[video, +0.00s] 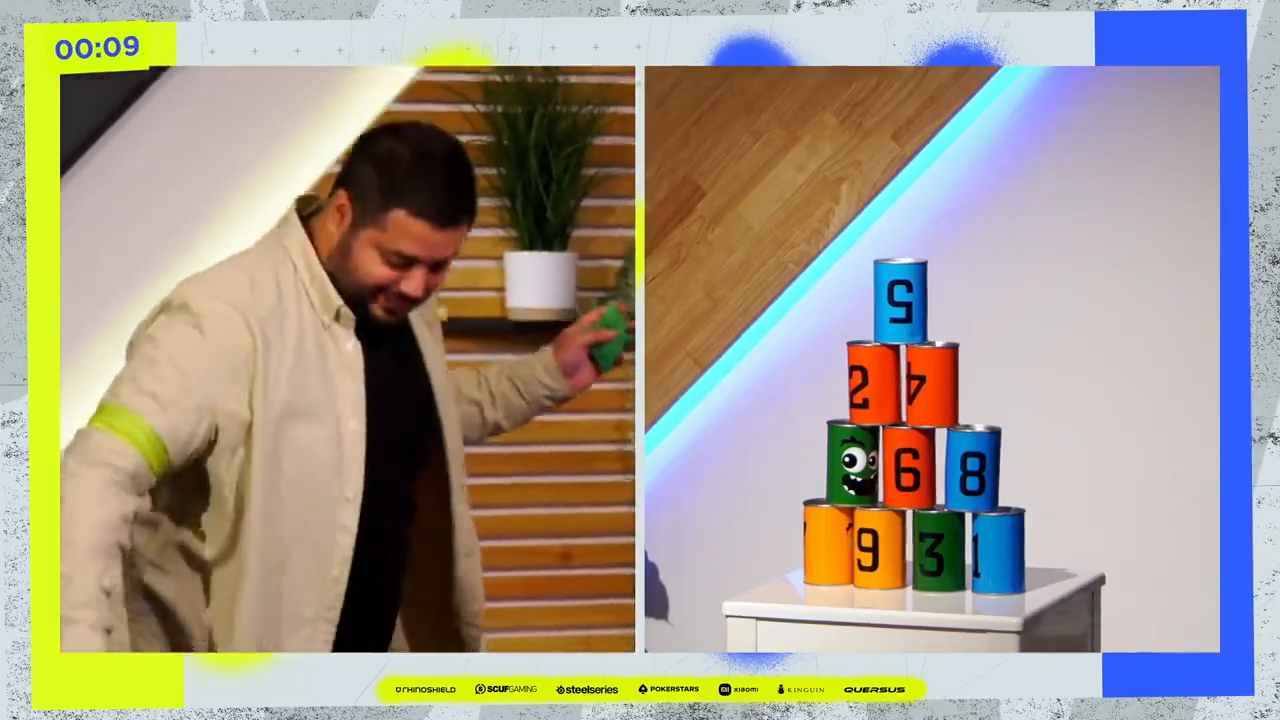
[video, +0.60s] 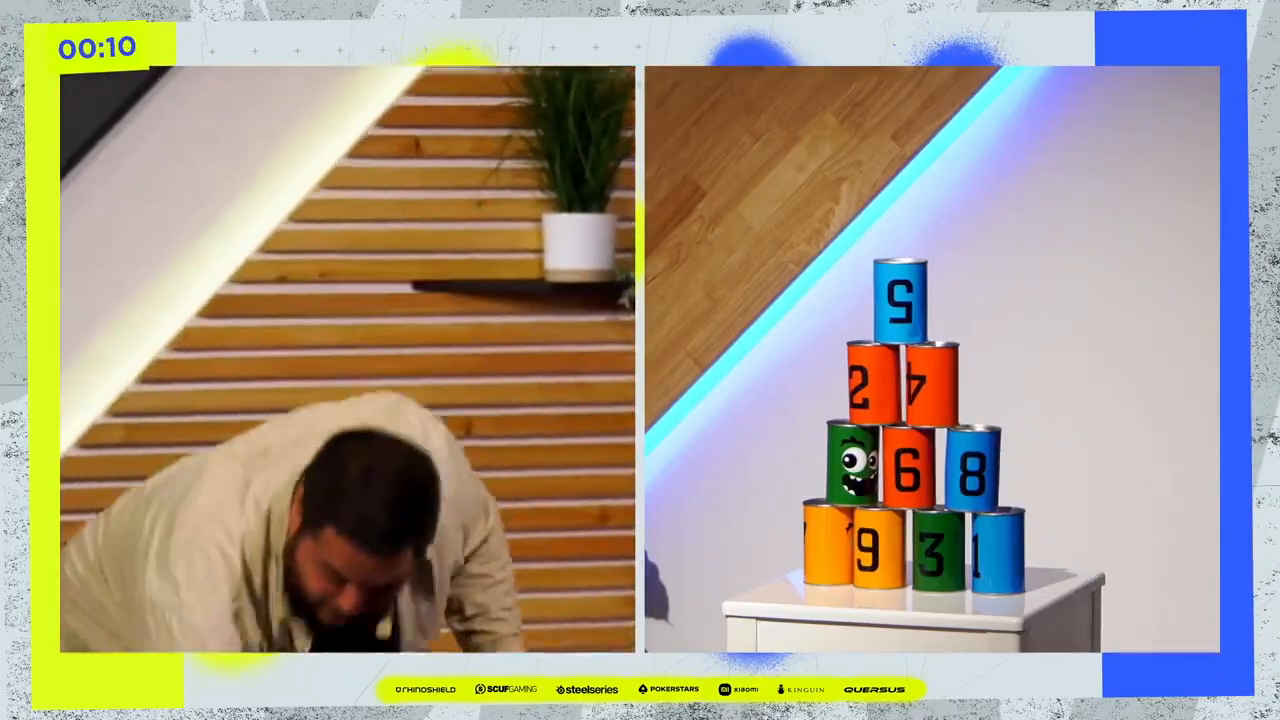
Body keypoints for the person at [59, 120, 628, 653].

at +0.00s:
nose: (417, 289)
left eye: (438, 267)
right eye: (399, 260)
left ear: (457, 245)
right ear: (340, 210)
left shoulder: (405, 307)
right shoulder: (226, 314)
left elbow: (419, 424)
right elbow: (98, 475)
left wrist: (551, 374)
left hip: (372, 663)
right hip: (239, 673)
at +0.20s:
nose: (414, 336)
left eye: (439, 314)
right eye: (394, 308)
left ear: (461, 291)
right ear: (343, 259)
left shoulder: (440, 336)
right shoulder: (217, 353)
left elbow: (457, 431)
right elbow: (114, 550)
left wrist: (585, 445)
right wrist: (81, 700)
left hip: (379, 674)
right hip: (234, 684)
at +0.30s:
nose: (397, 365)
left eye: (423, 344)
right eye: (378, 335)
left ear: (448, 315)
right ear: (331, 284)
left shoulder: (447, 351)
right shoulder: (208, 371)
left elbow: (480, 458)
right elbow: (128, 572)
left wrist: (575, 527)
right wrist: (116, 704)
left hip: (375, 682)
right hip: (226, 687)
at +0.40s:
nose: (383, 412)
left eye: (410, 392)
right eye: (364, 382)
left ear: (441, 362)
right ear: (320, 329)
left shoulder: (445, 383)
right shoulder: (215, 422)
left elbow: (482, 496)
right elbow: (148, 636)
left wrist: (551, 591)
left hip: (336, 673)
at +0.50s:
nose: (370, 498)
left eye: (399, 479)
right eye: (351, 467)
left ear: (437, 443)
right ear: (314, 410)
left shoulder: (443, 433)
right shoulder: (212, 503)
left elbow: (475, 527)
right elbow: (169, 689)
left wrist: (522, 639)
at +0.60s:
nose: (350, 608)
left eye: (377, 588)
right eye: (333, 577)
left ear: (420, 548)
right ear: (295, 515)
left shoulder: (454, 491)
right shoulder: (207, 549)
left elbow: (500, 647)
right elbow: (210, 704)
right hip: (104, 634)